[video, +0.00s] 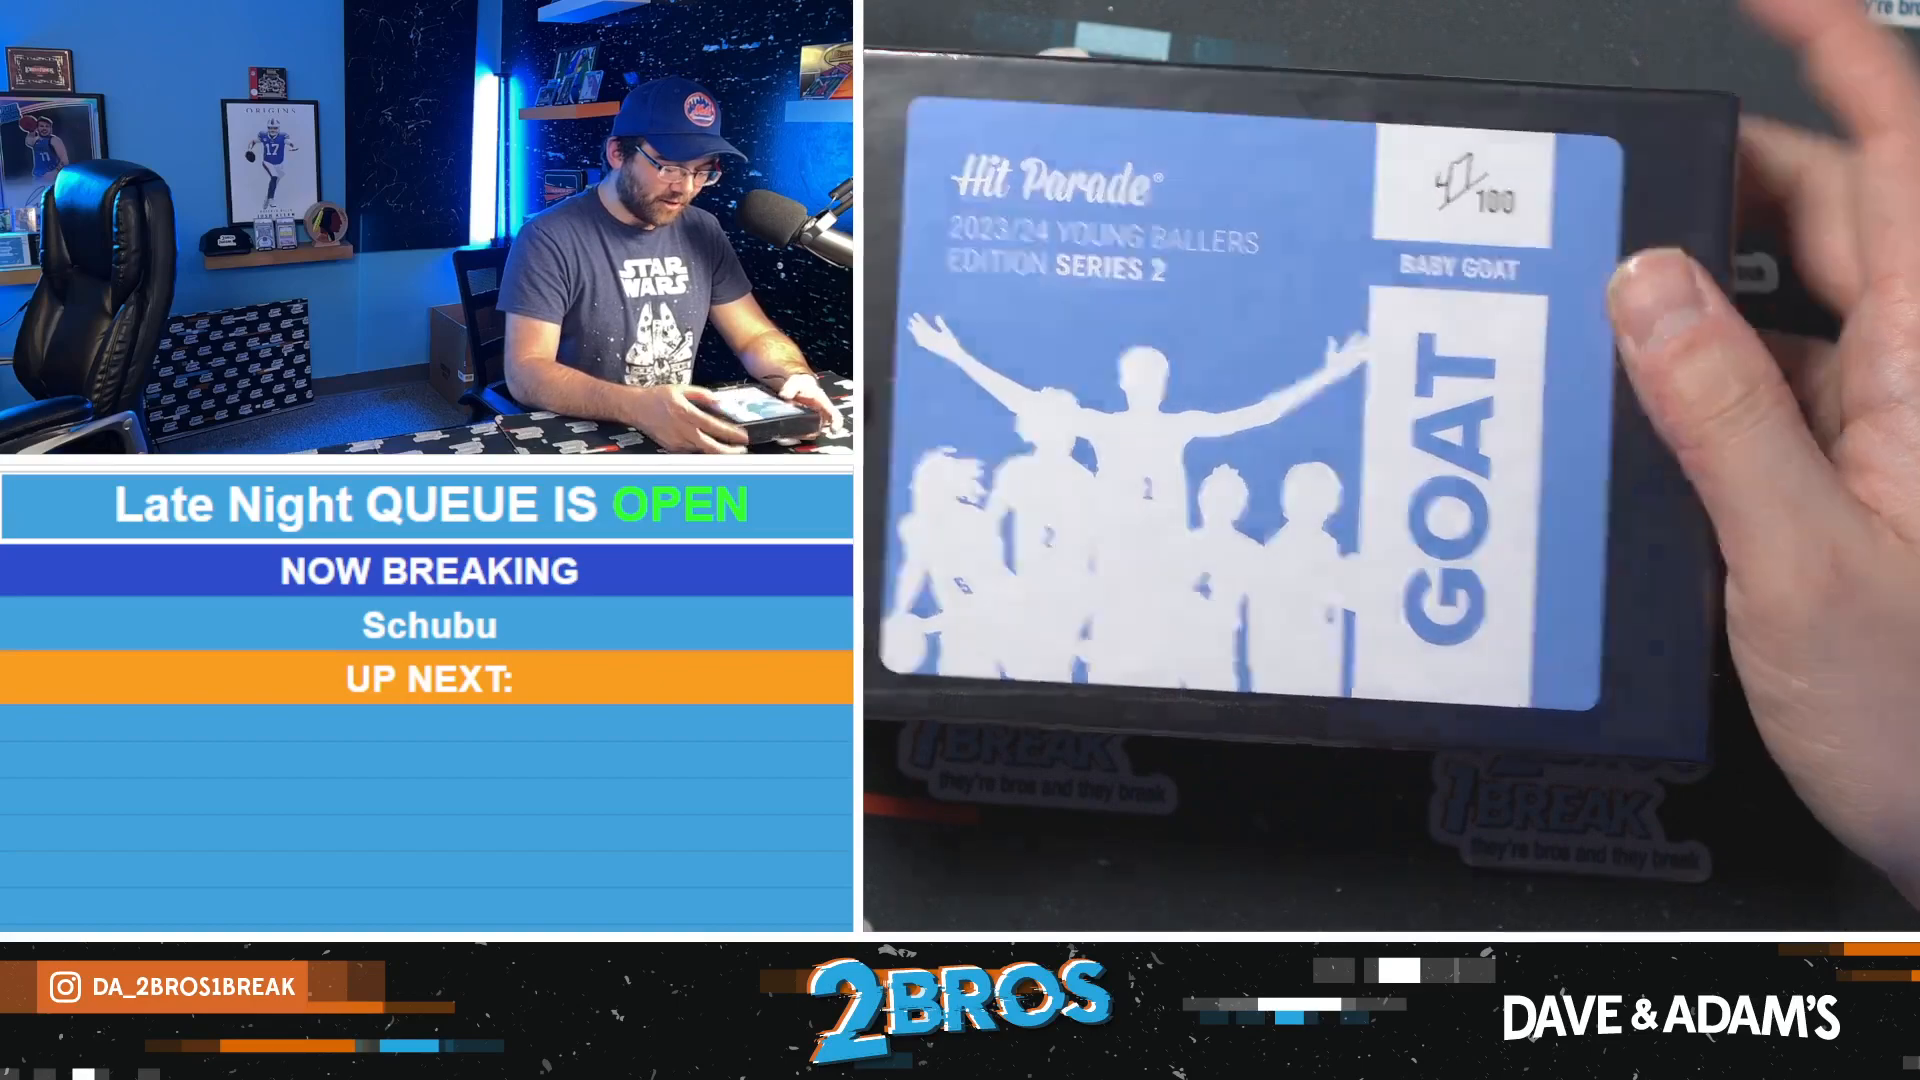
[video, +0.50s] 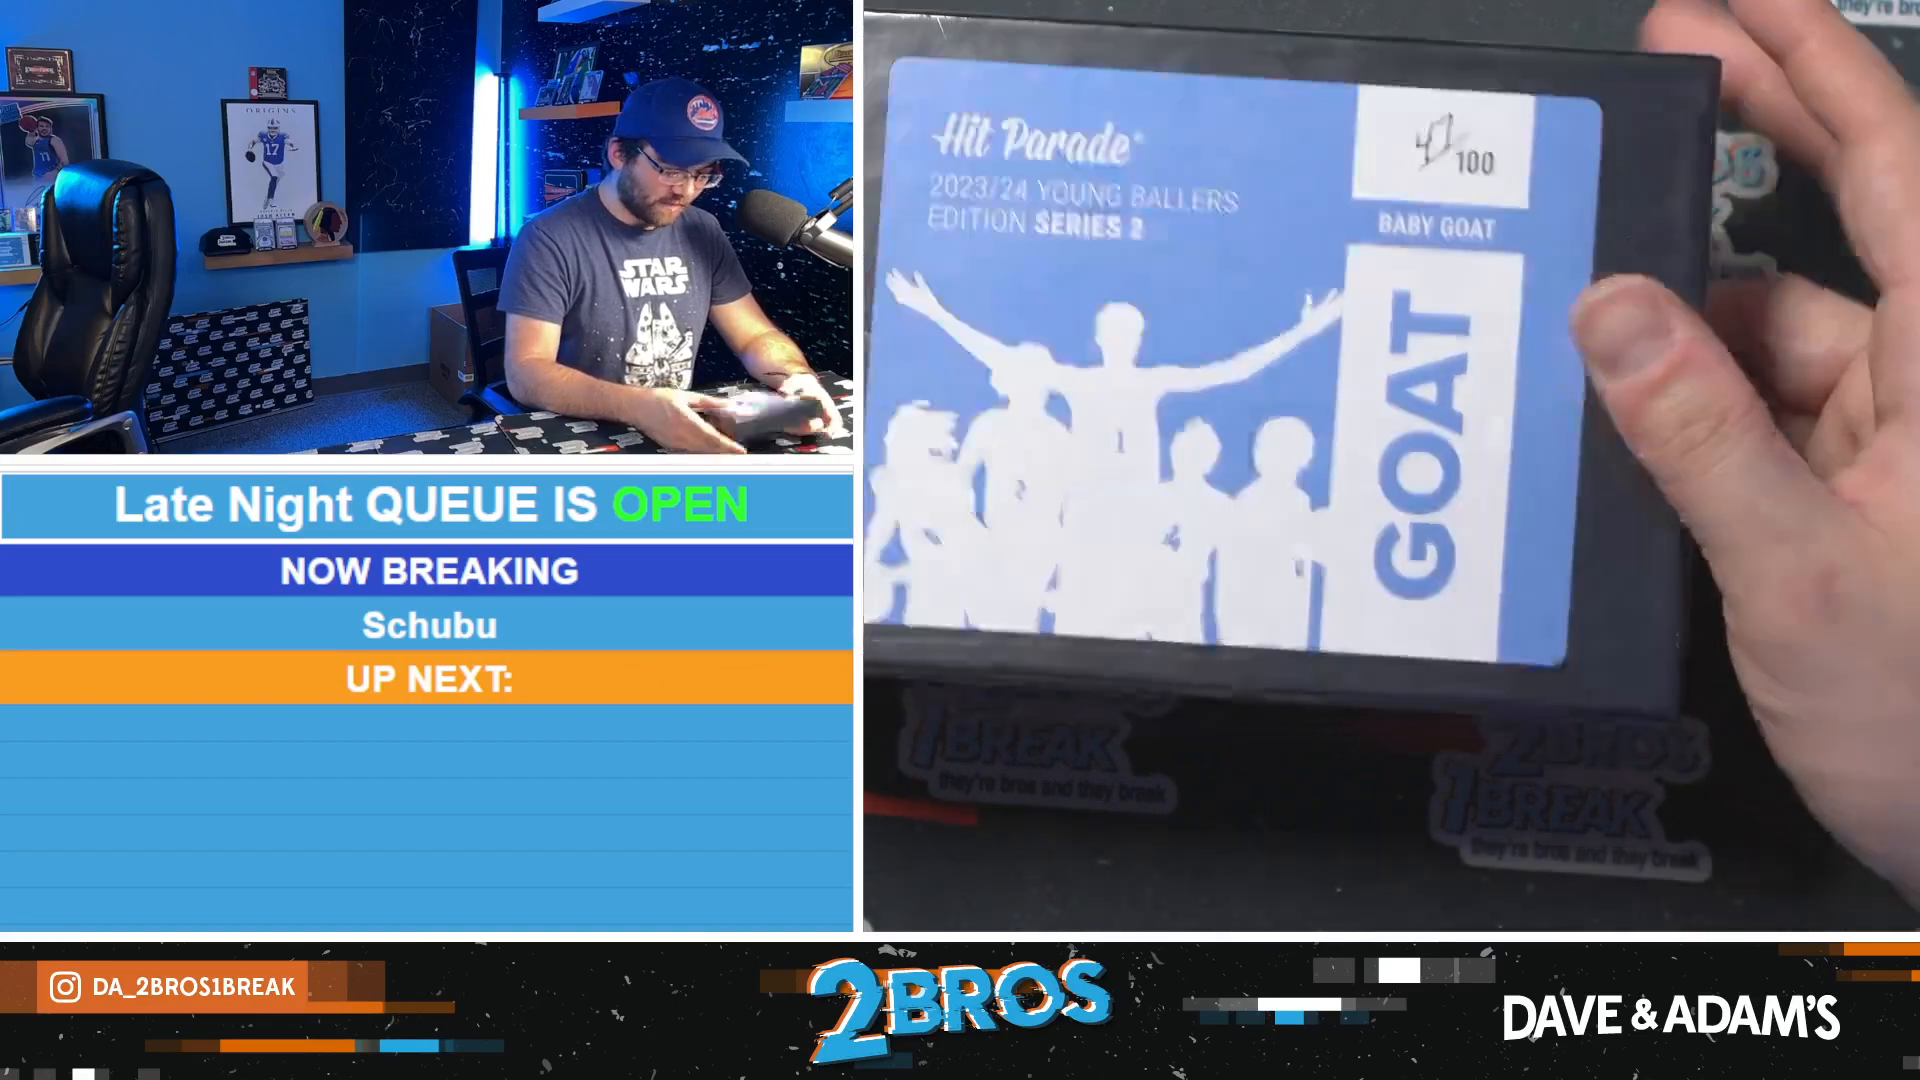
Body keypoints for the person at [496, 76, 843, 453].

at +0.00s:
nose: (685, 188)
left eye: (701, 170)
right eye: (668, 166)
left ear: (712, 168)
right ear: (617, 154)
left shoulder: (703, 233)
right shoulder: (553, 238)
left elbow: (757, 336)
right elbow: (529, 374)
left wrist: (797, 376)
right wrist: (639, 406)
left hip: (685, 461)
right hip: (581, 466)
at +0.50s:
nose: (687, 191)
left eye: (702, 173)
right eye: (671, 169)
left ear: (715, 169)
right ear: (619, 154)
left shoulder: (702, 233)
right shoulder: (553, 238)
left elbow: (757, 336)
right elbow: (529, 374)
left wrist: (797, 375)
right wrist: (643, 407)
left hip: (684, 460)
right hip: (579, 464)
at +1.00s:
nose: (689, 185)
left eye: (704, 169)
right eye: (673, 165)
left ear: (715, 169)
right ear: (620, 152)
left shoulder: (701, 232)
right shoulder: (552, 239)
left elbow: (755, 333)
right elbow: (527, 375)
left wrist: (797, 380)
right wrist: (641, 398)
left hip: (686, 457)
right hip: (581, 462)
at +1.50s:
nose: (684, 174)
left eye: (698, 158)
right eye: (666, 152)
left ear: (709, 162)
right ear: (615, 148)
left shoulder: (704, 231)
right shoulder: (550, 237)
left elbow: (758, 335)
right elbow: (523, 372)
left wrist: (781, 371)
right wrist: (649, 394)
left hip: (686, 455)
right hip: (580, 459)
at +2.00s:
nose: (616, 150)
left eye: (640, 135)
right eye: (605, 132)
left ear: (682, 150)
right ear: (592, 140)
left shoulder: (705, 232)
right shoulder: (546, 232)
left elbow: (761, 334)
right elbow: (510, 350)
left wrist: (791, 369)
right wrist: (529, 425)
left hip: (680, 453)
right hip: (575, 456)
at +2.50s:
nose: (606, 152)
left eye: (632, 138)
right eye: (601, 135)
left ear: (682, 154)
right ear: (592, 139)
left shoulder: (710, 233)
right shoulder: (553, 233)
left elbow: (776, 341)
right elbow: (522, 353)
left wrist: (758, 374)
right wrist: (536, 456)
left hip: (680, 450)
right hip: (582, 453)